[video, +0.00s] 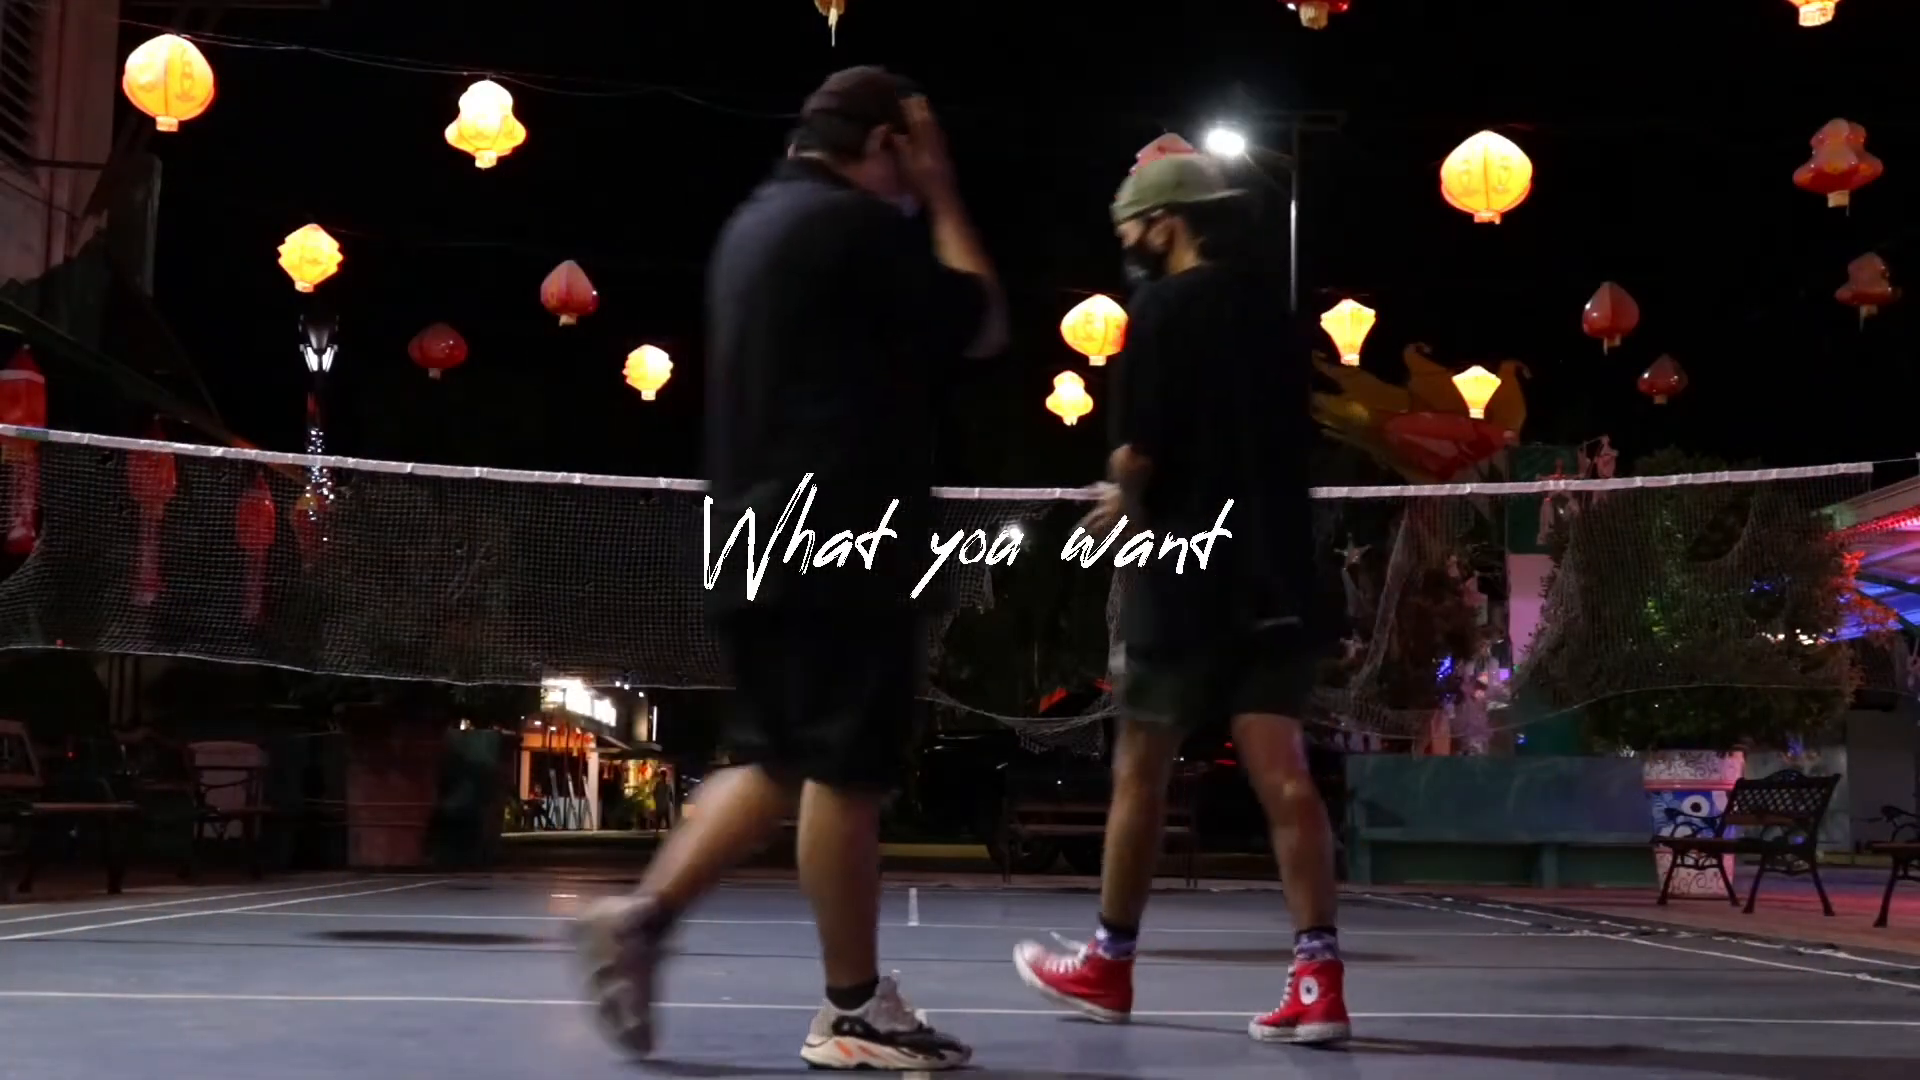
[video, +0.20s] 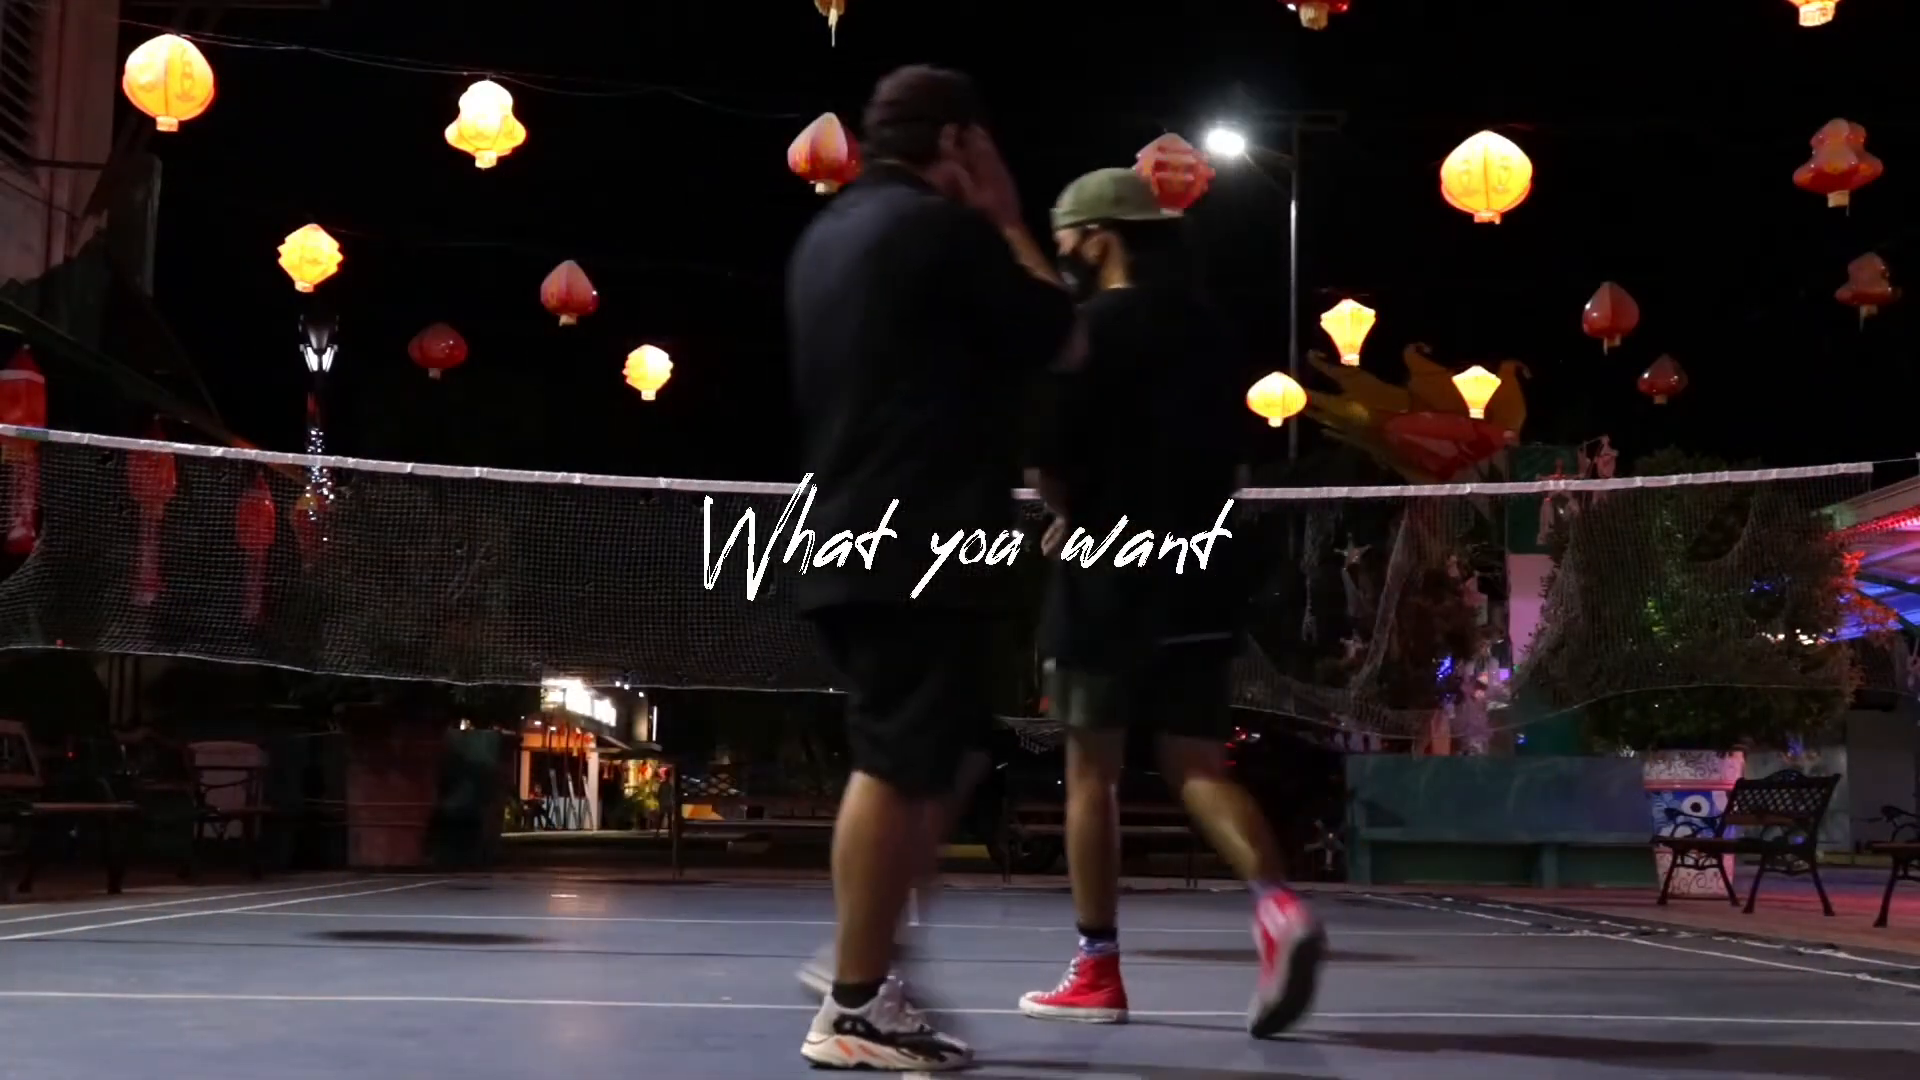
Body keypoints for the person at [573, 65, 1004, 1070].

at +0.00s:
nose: (921, 166)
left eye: (919, 146)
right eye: (916, 146)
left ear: (810, 139)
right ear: (882, 146)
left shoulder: (754, 226)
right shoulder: (863, 229)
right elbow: (979, 323)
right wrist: (940, 191)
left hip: (757, 540)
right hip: (848, 545)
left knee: (777, 756)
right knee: (845, 769)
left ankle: (638, 920)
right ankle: (854, 1007)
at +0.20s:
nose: (991, 157)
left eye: (986, 141)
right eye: (986, 142)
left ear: (881, 142)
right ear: (954, 144)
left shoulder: (825, 237)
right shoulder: (940, 233)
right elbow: (1059, 335)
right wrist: (1007, 221)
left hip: (842, 537)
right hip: (926, 541)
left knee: (934, 752)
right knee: (899, 758)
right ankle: (854, 1007)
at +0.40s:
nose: (1055, 183)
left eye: (1051, 167)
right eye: (1051, 168)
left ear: (949, 167)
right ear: (1025, 169)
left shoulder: (902, 266)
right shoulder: (1028, 256)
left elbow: (911, 392)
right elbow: (1145, 349)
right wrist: (1085, 240)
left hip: (931, 550)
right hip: (1012, 553)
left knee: (1018, 779)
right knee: (942, 768)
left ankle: (1102, 987)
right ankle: (862, 997)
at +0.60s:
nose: (1129, 192)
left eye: (1126, 177)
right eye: (1124, 179)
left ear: (1024, 180)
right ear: (1096, 181)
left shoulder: (985, 274)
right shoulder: (1101, 264)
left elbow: (961, 439)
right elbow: (1220, 345)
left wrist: (963, 548)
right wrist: (1157, 240)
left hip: (1006, 556)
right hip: (1101, 554)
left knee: (1060, 772)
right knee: (1098, 771)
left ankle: (1108, 990)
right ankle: (953, 931)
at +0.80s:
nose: (1205, 194)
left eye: (1201, 178)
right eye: (1198, 178)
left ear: (1100, 188)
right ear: (1170, 188)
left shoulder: (1057, 284)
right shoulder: (1171, 273)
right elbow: (1282, 358)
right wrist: (1233, 249)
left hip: (1089, 565)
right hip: (1191, 564)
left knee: (1112, 764)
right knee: (1248, 748)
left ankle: (1106, 998)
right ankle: (1175, 953)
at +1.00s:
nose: (1286, 217)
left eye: (1283, 200)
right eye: (1280, 200)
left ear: (1183, 205)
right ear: (1252, 206)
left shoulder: (1141, 296)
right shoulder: (1253, 294)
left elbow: (1136, 433)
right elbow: (1359, 391)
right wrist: (1319, 274)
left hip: (1154, 586)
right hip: (1256, 588)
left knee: (1150, 775)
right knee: (1298, 793)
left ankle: (1117, 994)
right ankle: (1371, 990)